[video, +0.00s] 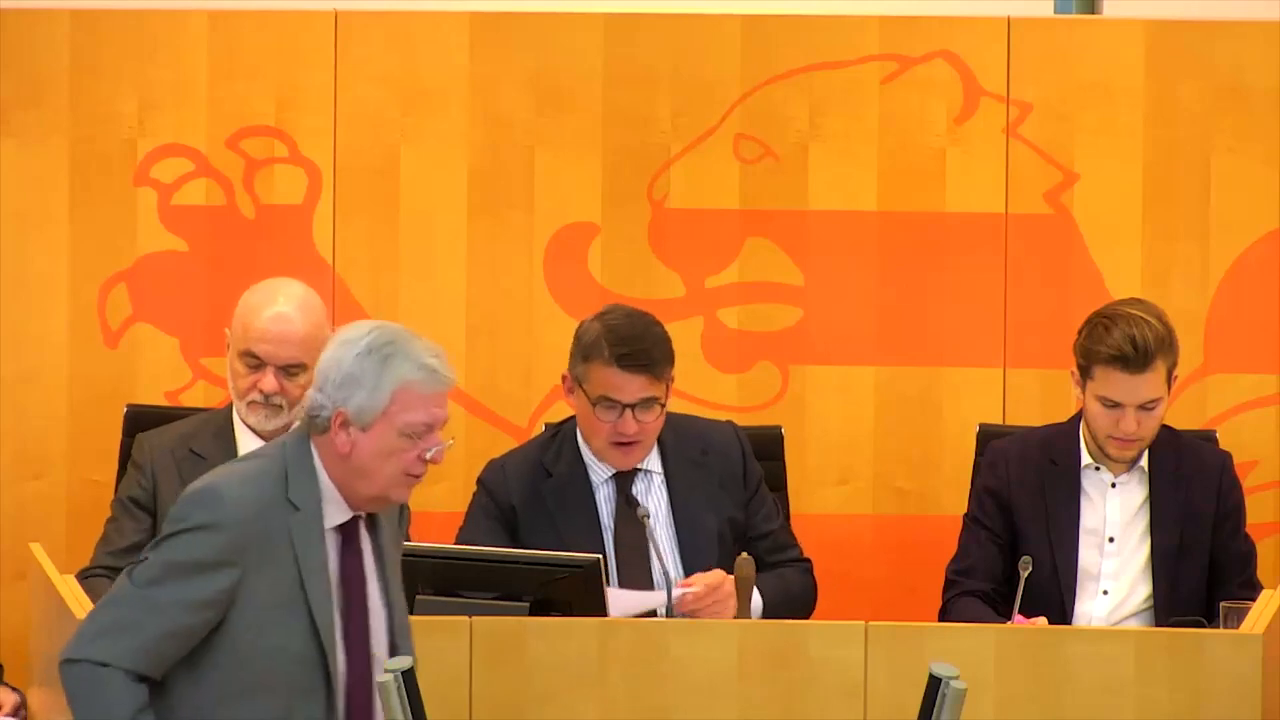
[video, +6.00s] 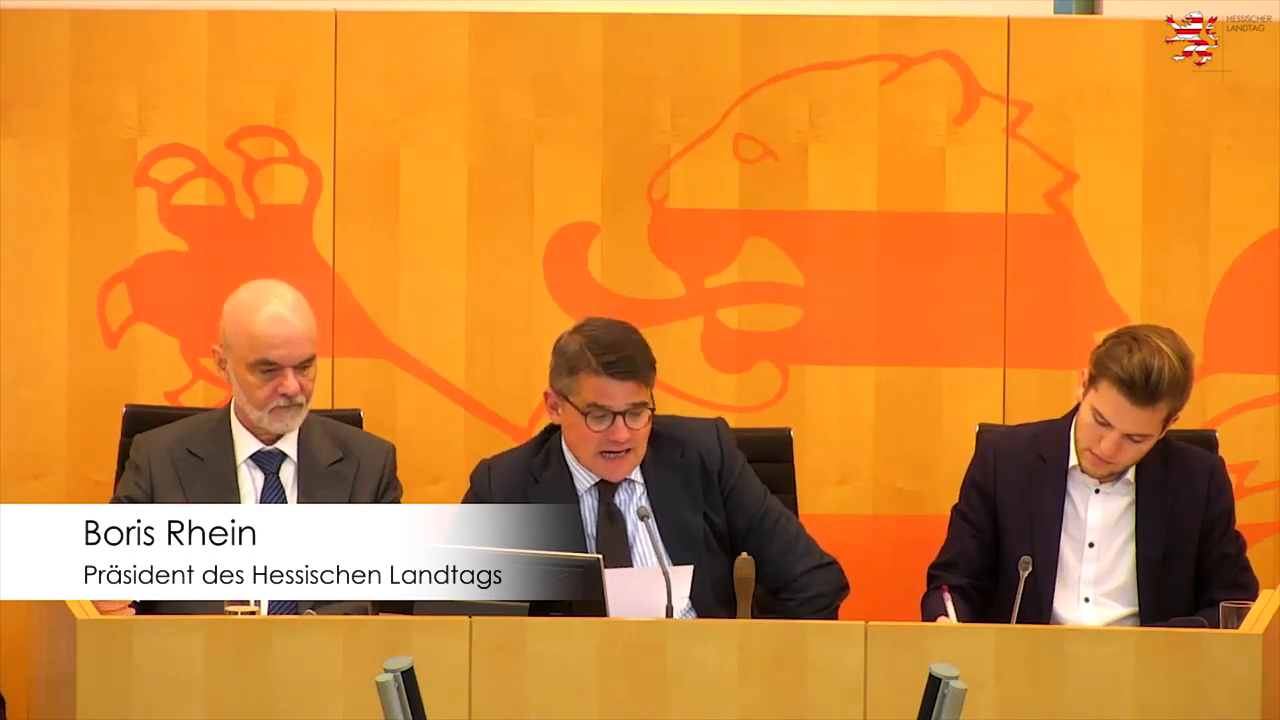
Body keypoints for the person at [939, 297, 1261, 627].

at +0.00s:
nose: (1128, 425)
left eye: (1148, 405)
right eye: (1110, 404)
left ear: (1171, 389)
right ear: (1078, 382)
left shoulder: (1209, 472)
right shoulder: (1011, 464)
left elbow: (1240, 605)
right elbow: (966, 597)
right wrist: (1000, 639)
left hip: (1166, 677)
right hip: (1038, 672)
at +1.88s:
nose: (1103, 422)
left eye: (1126, 405)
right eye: (1089, 399)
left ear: (1159, 394)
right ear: (1070, 378)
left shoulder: (1203, 473)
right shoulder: (1005, 460)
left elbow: (1243, 606)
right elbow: (934, 588)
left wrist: (1172, 621)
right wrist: (963, 620)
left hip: (1157, 678)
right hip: (1030, 670)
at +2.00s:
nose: (1100, 422)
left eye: (1123, 405)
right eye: (1086, 398)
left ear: (1155, 394)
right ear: (1066, 377)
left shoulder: (1199, 473)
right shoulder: (1003, 460)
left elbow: (1229, 607)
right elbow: (936, 593)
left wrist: (1121, 626)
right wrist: (963, 618)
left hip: (1151, 675)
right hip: (1026, 667)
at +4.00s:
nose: (1094, 443)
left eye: (1121, 434)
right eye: (1086, 417)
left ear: (1160, 420)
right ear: (1074, 385)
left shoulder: (1197, 476)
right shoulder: (1000, 459)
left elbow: (1238, 600)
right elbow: (945, 586)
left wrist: (1164, 644)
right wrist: (956, 645)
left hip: (1147, 678)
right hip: (1022, 670)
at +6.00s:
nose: (1108, 447)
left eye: (1134, 438)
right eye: (1100, 420)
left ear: (1167, 424)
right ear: (1083, 383)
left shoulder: (1200, 478)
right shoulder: (1003, 457)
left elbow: (1237, 601)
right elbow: (953, 583)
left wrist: (1168, 644)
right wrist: (952, 634)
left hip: (1151, 680)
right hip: (1025, 672)